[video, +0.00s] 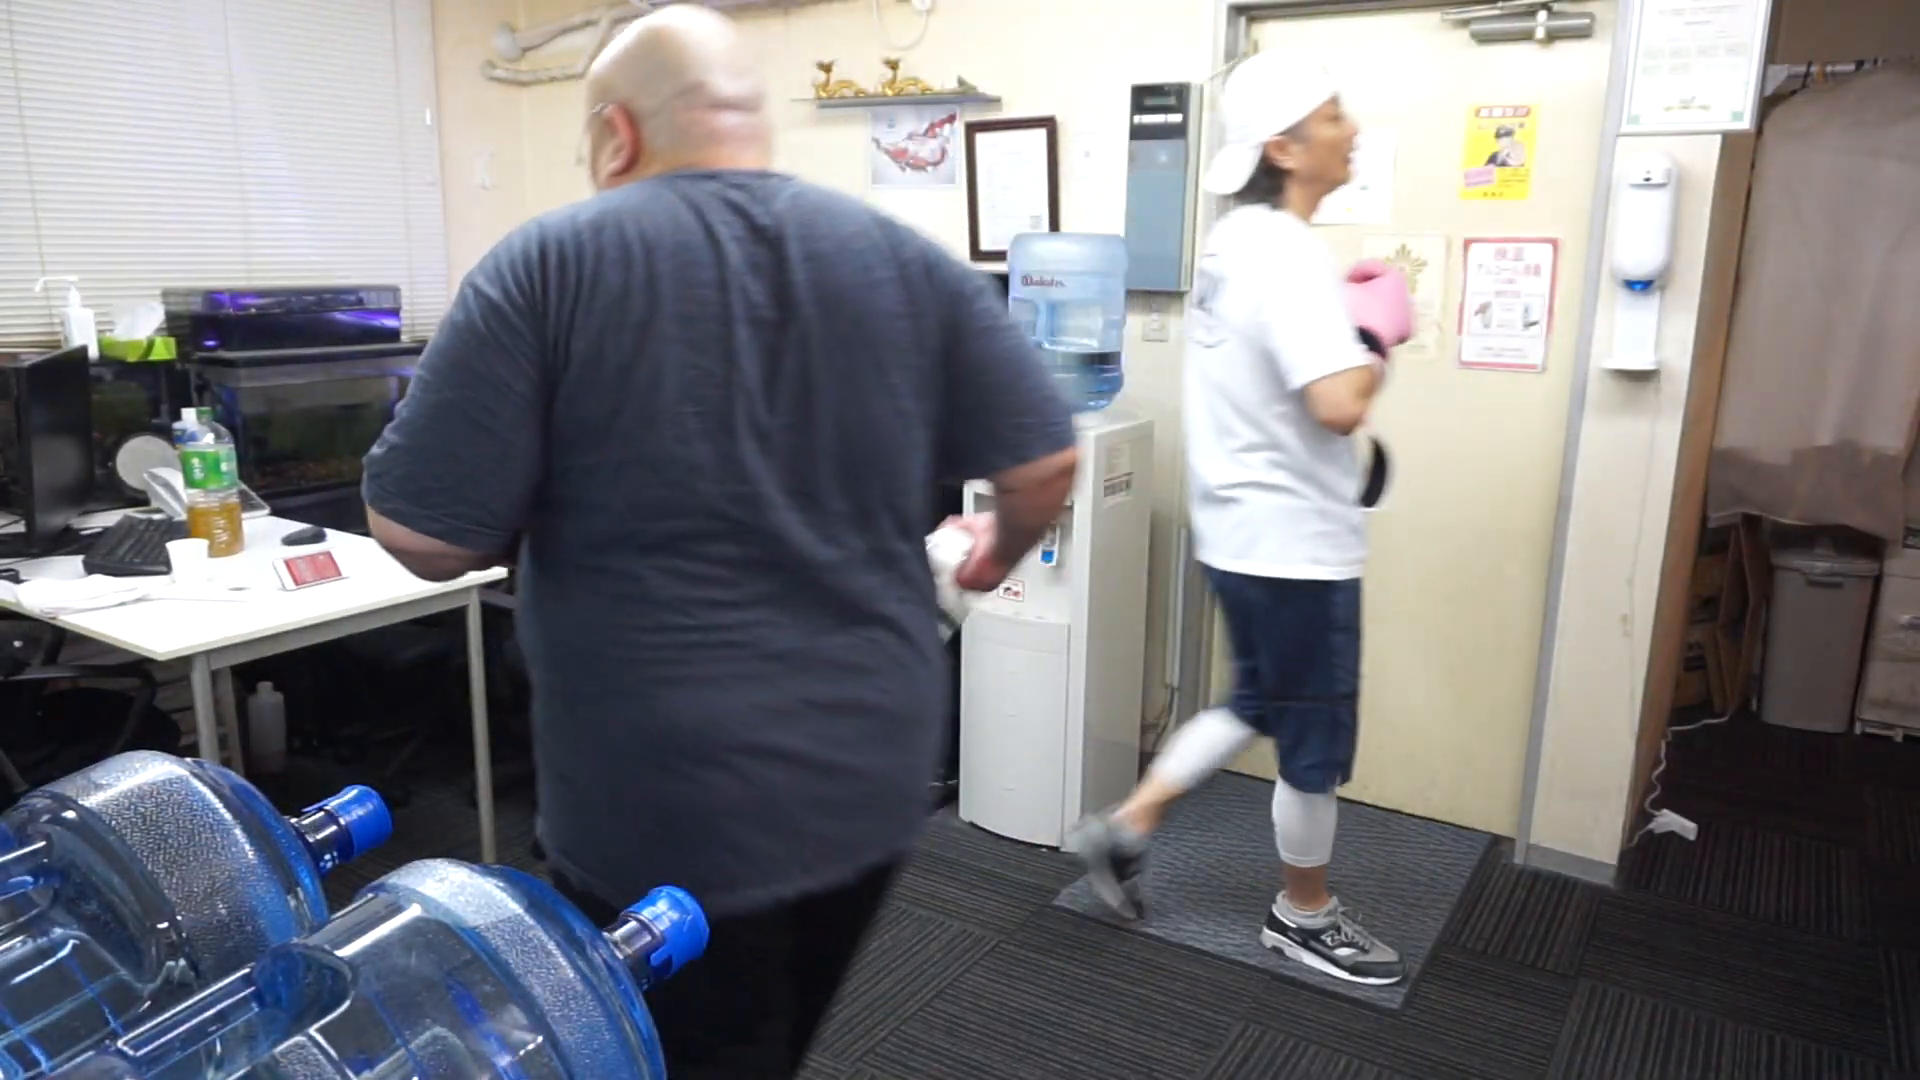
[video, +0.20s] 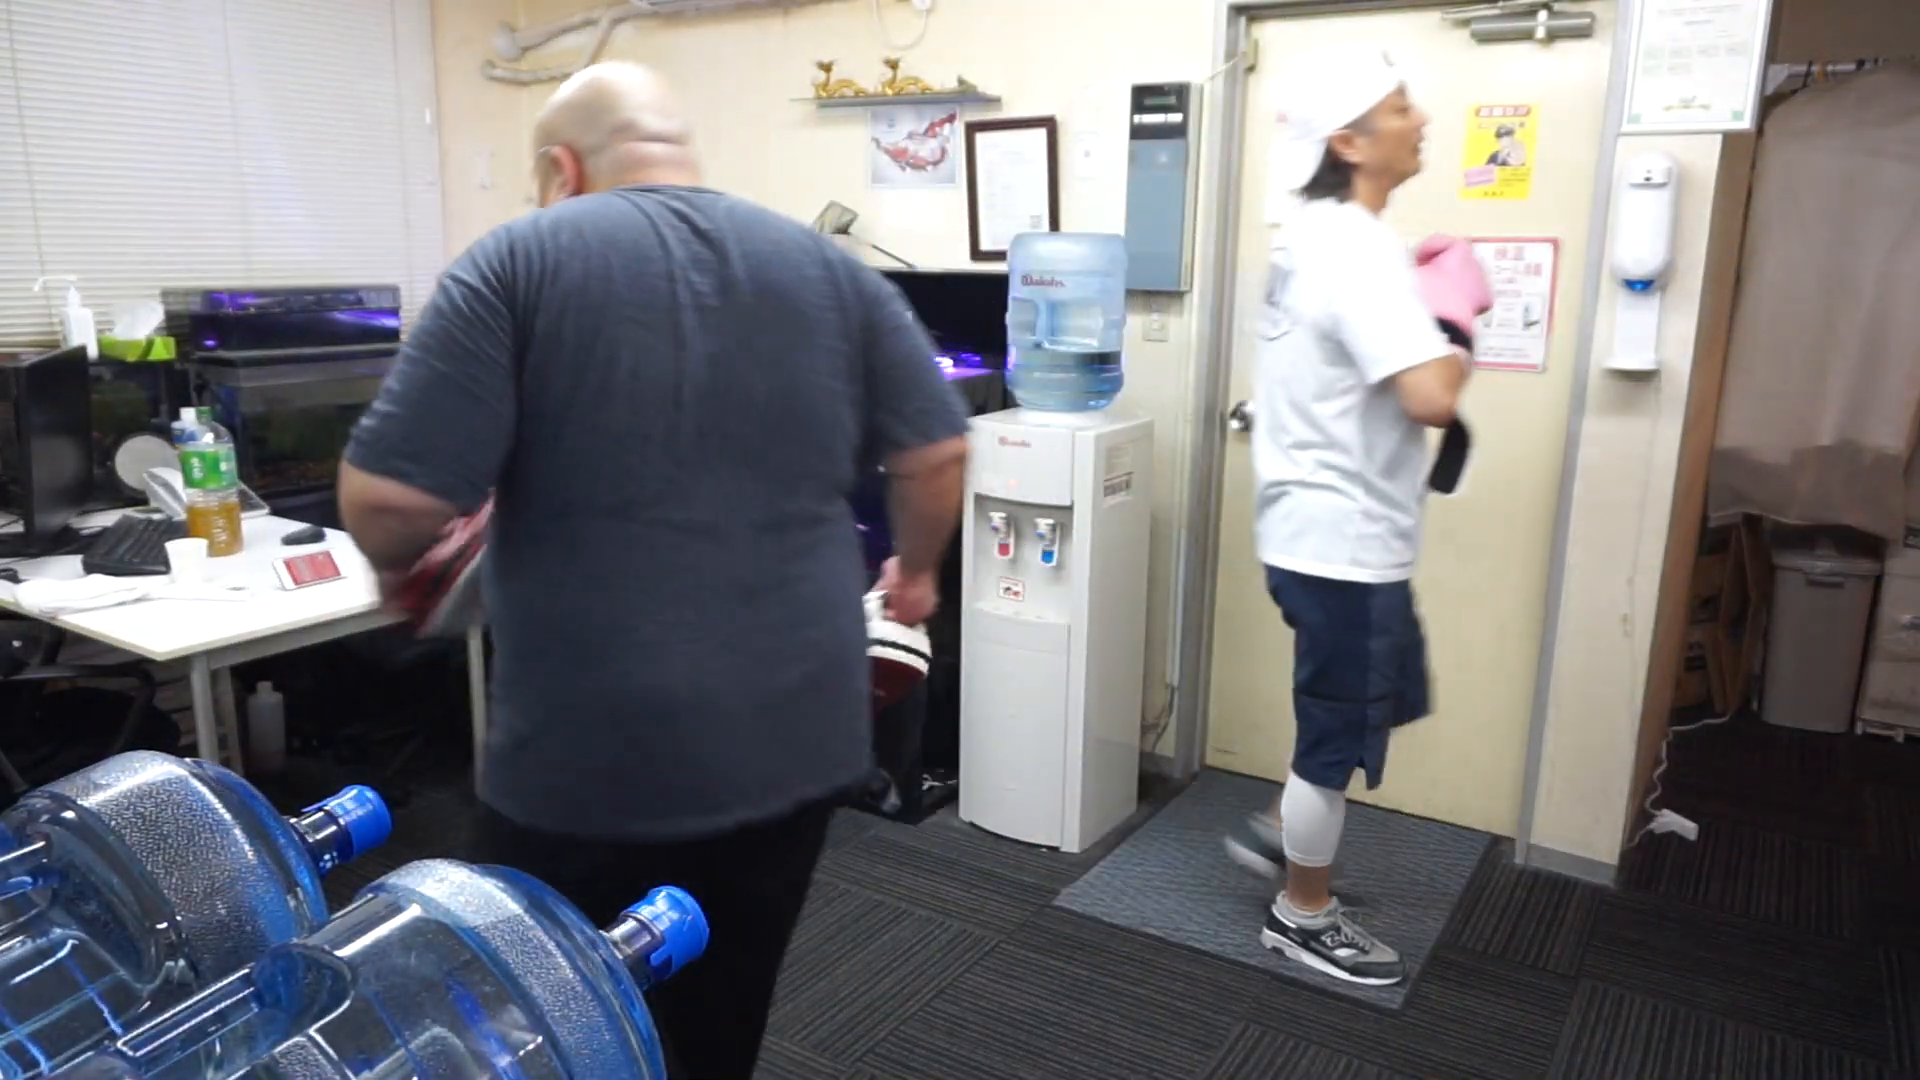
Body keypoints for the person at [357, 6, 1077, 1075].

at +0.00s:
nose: (588, 161)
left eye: (592, 136)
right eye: (590, 136)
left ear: (620, 135)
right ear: (757, 122)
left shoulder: (553, 265)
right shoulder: (900, 257)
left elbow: (419, 534)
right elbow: (1045, 466)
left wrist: (536, 511)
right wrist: (998, 553)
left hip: (647, 794)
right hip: (865, 778)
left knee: (658, 1057)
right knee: (777, 1051)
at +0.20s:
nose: (538, 202)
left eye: (537, 182)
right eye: (540, 184)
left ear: (564, 166)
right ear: (684, 153)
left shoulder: (518, 262)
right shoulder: (824, 263)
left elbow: (384, 496)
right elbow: (937, 450)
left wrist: (412, 561)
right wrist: (917, 569)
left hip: (584, 747)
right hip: (791, 741)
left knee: (540, 1019)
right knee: (720, 1035)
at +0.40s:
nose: (465, 224)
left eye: (463, 211)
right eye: (467, 214)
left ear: (490, 194)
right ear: (605, 176)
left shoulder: (459, 269)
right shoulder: (736, 261)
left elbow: (344, 459)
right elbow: (863, 420)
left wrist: (313, 546)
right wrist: (860, 534)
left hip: (526, 703)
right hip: (725, 697)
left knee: (487, 953)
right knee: (705, 967)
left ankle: (493, 1075)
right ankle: (696, 1076)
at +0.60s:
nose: (389, 264)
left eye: (387, 256)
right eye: (392, 259)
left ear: (402, 247)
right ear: (506, 224)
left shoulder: (365, 308)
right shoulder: (633, 279)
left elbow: (245, 475)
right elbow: (775, 404)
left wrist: (254, 569)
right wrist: (801, 518)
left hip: (468, 679)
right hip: (651, 662)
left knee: (462, 922)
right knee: (675, 917)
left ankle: (477, 1065)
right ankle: (682, 1062)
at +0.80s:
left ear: (329, 294)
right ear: (431, 264)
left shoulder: (289, 337)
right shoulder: (548, 289)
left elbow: (175, 493)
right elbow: (682, 386)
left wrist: (232, 591)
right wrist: (741, 517)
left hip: (402, 653)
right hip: (585, 626)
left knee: (421, 901)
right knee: (637, 889)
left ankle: (426, 1062)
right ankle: (664, 1061)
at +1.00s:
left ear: (299, 326)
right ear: (400, 290)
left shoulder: (258, 362)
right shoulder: (501, 298)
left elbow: (160, 507)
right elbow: (637, 368)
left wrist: (232, 623)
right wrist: (705, 494)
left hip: (360, 637)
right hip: (541, 599)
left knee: (417, 884)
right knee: (590, 878)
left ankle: (438, 1054)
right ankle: (610, 1051)